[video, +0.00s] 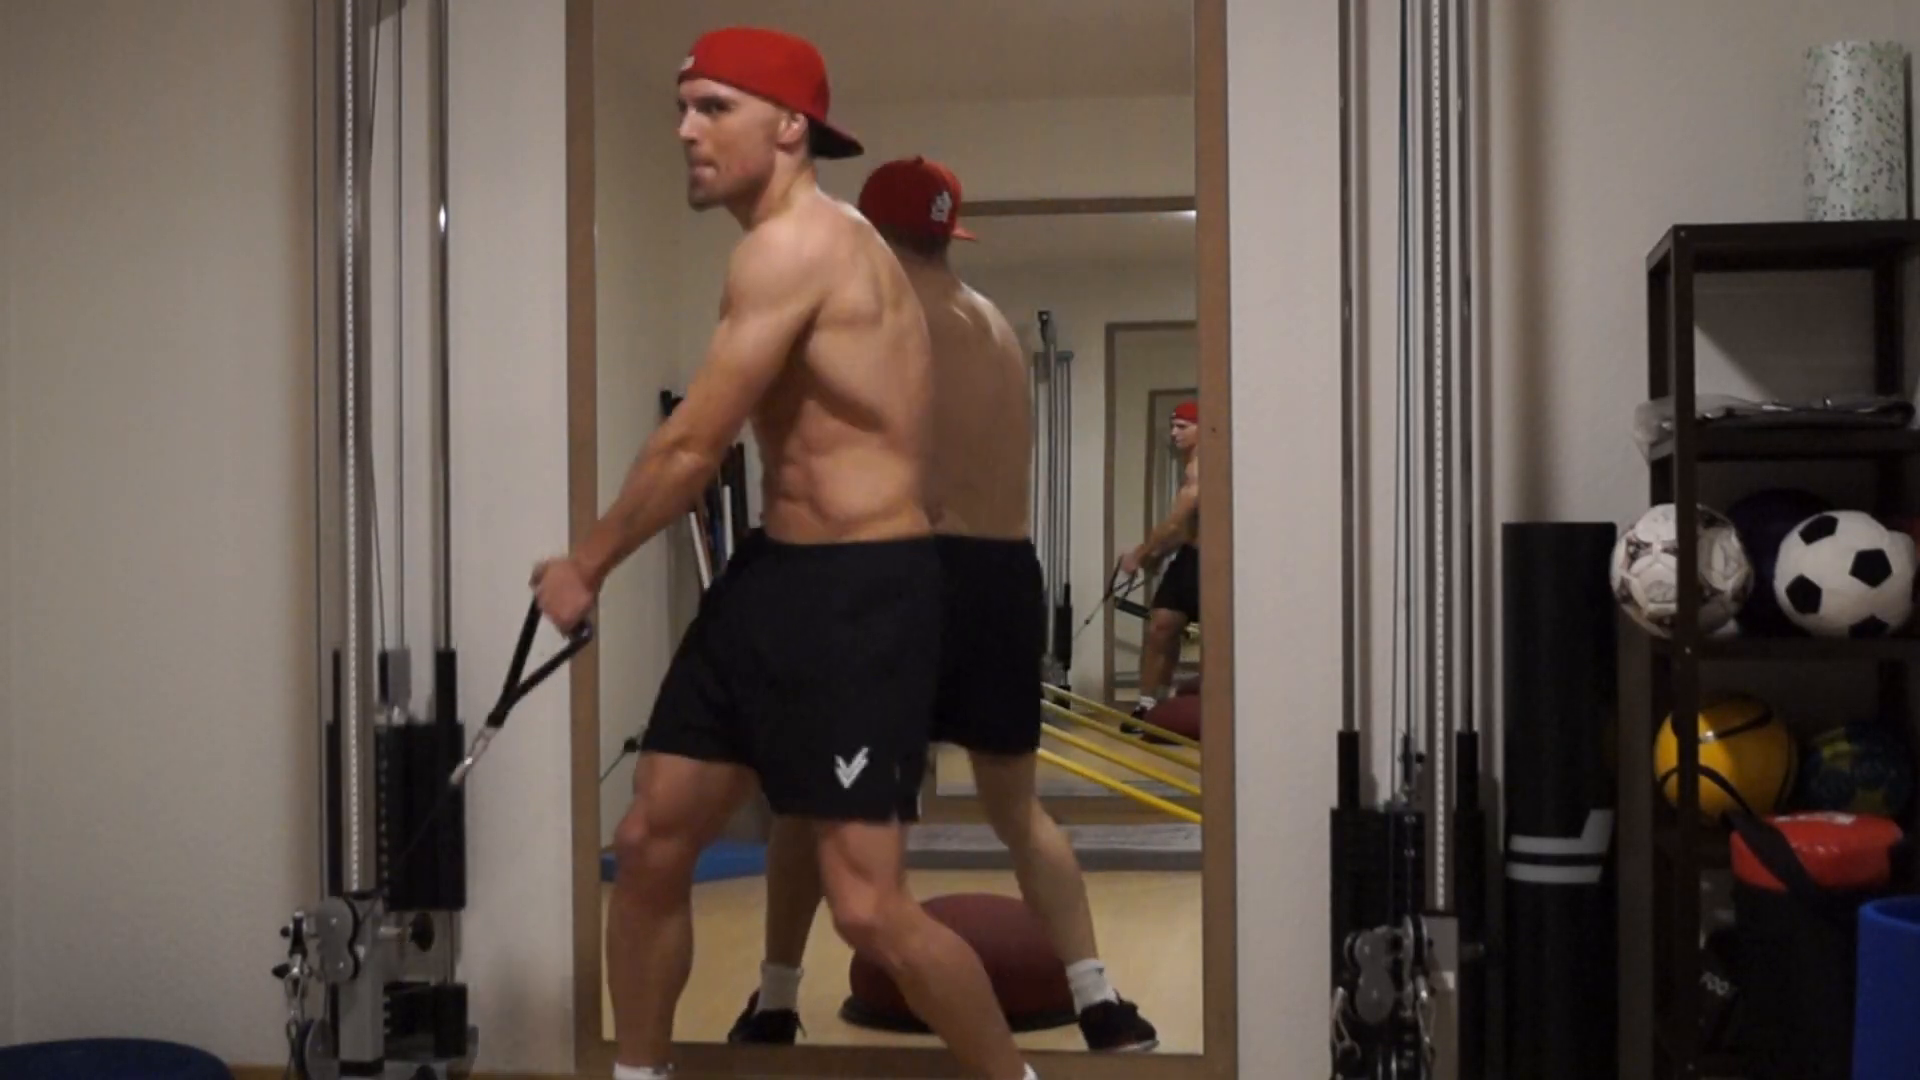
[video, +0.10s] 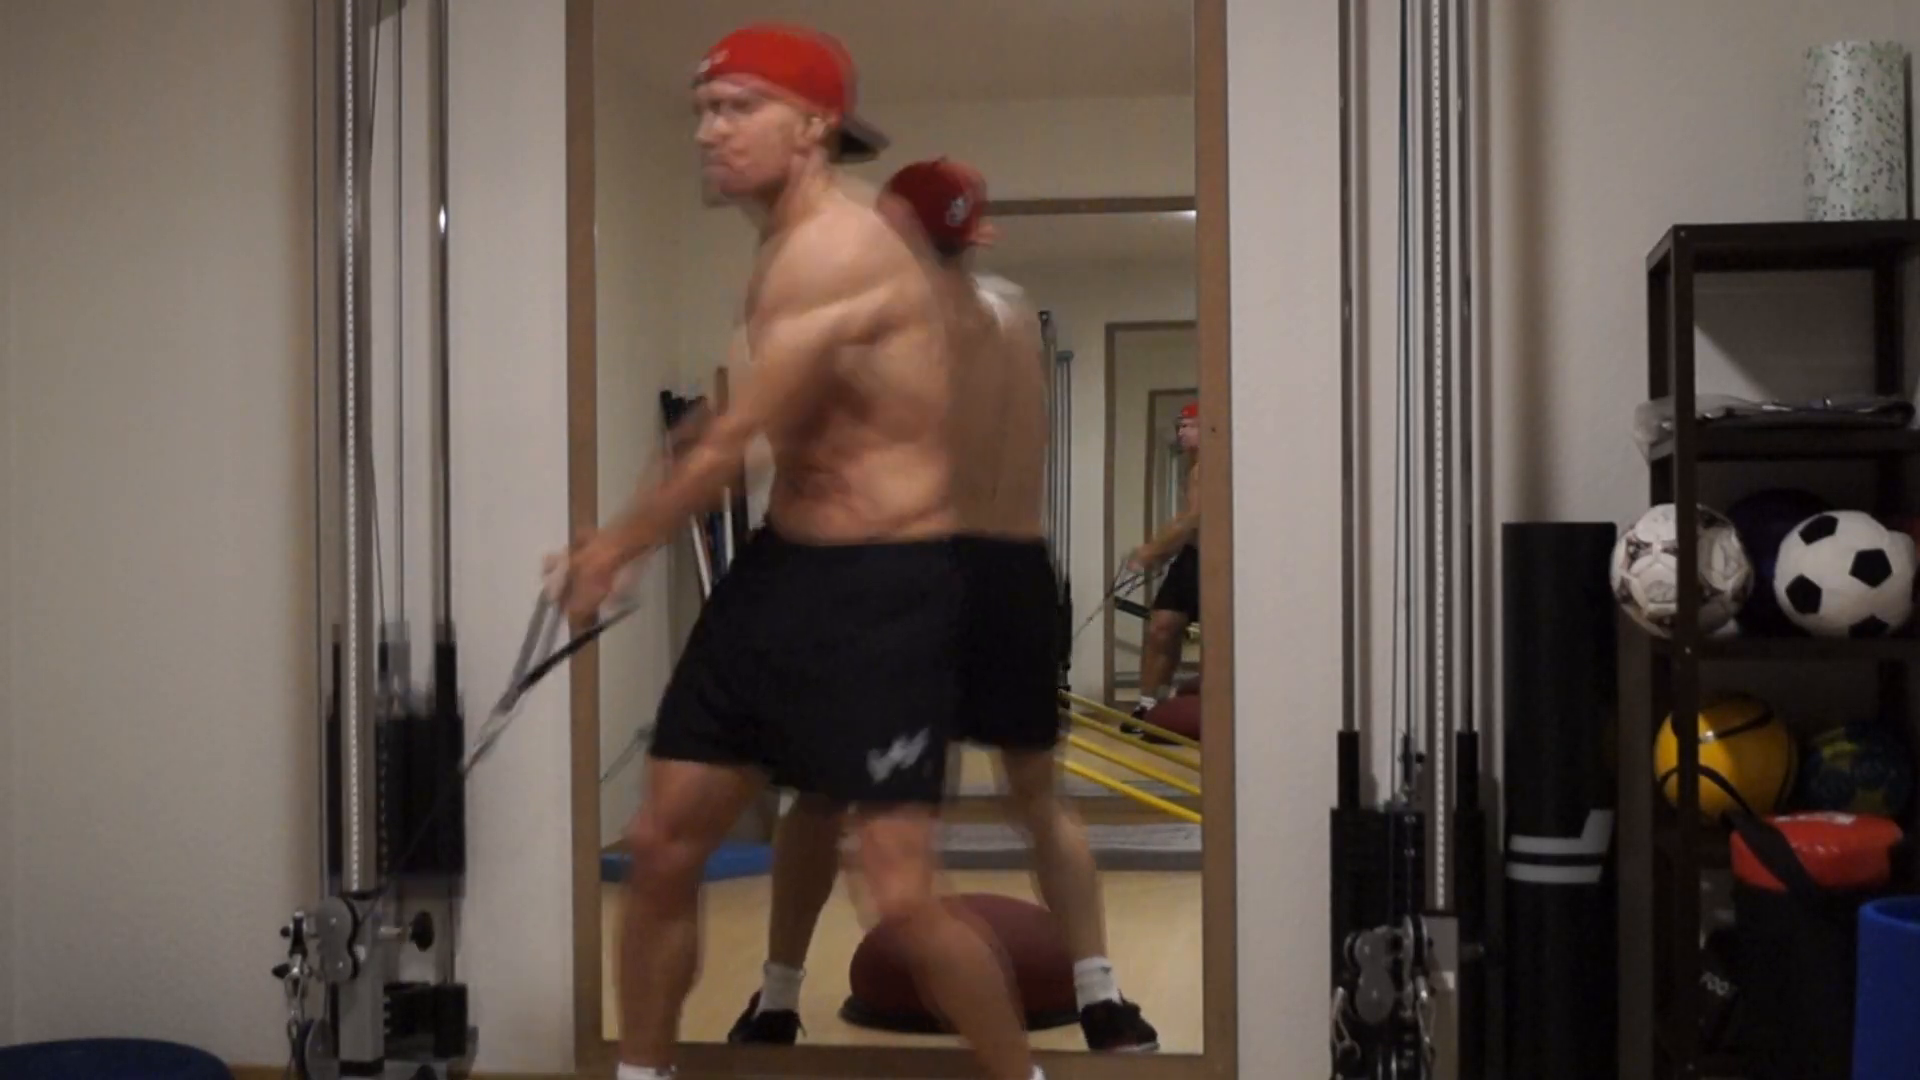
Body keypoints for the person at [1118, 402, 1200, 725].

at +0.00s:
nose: (1175, 432)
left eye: (1182, 426)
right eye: (1173, 426)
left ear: (1200, 430)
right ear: (1173, 432)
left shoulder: (1199, 465)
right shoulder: (1196, 465)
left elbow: (1179, 521)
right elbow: (1183, 527)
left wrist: (1141, 553)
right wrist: (1153, 553)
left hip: (1195, 554)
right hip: (1191, 552)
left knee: (1162, 623)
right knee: (1166, 624)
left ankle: (1147, 701)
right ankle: (1154, 698)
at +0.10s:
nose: (1180, 434)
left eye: (1186, 427)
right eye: (1180, 428)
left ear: (1205, 430)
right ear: (1188, 433)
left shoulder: (1208, 466)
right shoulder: (1197, 467)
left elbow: (1194, 518)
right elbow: (1189, 520)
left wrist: (1153, 550)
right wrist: (1155, 549)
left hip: (1213, 554)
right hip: (1192, 553)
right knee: (1162, 626)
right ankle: (1148, 700)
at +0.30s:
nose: (1211, 426)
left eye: (1215, 418)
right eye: (1206, 417)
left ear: (1223, 422)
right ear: (1193, 418)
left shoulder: (1226, 460)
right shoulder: (1175, 459)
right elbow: (1148, 512)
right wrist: (1190, 534)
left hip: (1211, 554)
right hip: (1176, 553)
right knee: (1160, 632)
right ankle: (1140, 701)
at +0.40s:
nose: (1191, 423)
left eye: (1196, 417)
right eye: (1186, 417)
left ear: (1206, 424)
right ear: (1177, 422)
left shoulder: (1213, 463)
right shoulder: (1155, 462)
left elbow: (1231, 502)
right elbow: (1118, 501)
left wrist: (1212, 524)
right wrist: (1144, 522)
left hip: (1201, 550)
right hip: (1168, 549)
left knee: (1170, 631)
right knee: (1154, 629)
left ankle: (1149, 698)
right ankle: (1138, 701)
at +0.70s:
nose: (1187, 423)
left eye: (1193, 417)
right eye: (1182, 416)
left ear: (1203, 423)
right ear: (1175, 420)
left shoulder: (1212, 458)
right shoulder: (1159, 458)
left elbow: (1232, 500)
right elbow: (1116, 492)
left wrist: (1203, 505)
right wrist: (1145, 513)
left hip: (1200, 548)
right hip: (1167, 546)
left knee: (1167, 631)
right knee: (1151, 628)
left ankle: (1150, 696)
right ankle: (1138, 699)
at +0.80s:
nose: (1196, 424)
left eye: (1202, 418)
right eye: (1193, 417)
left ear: (1213, 423)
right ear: (1185, 421)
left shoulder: (1222, 458)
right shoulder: (1167, 458)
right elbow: (1129, 502)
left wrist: (1211, 509)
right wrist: (1168, 523)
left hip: (1212, 549)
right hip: (1177, 548)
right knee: (1158, 630)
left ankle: (1149, 695)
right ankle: (1140, 700)